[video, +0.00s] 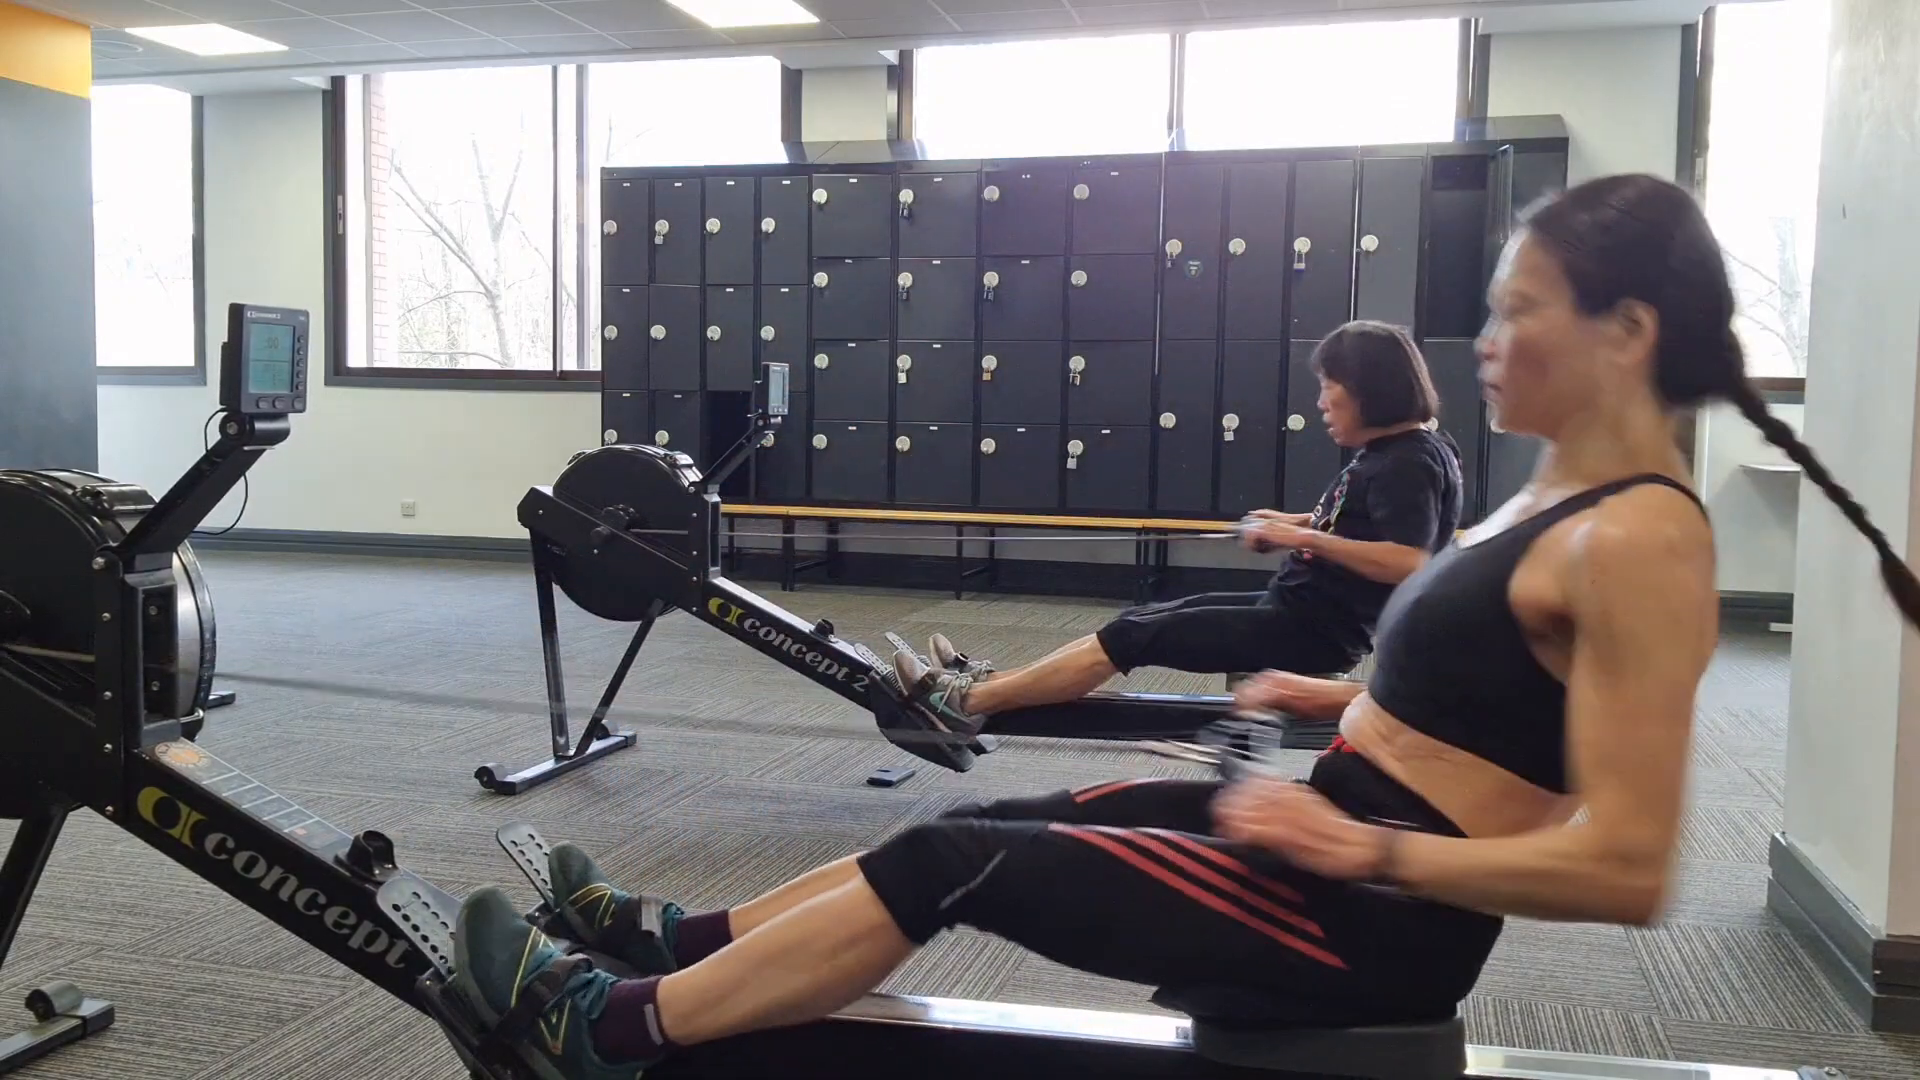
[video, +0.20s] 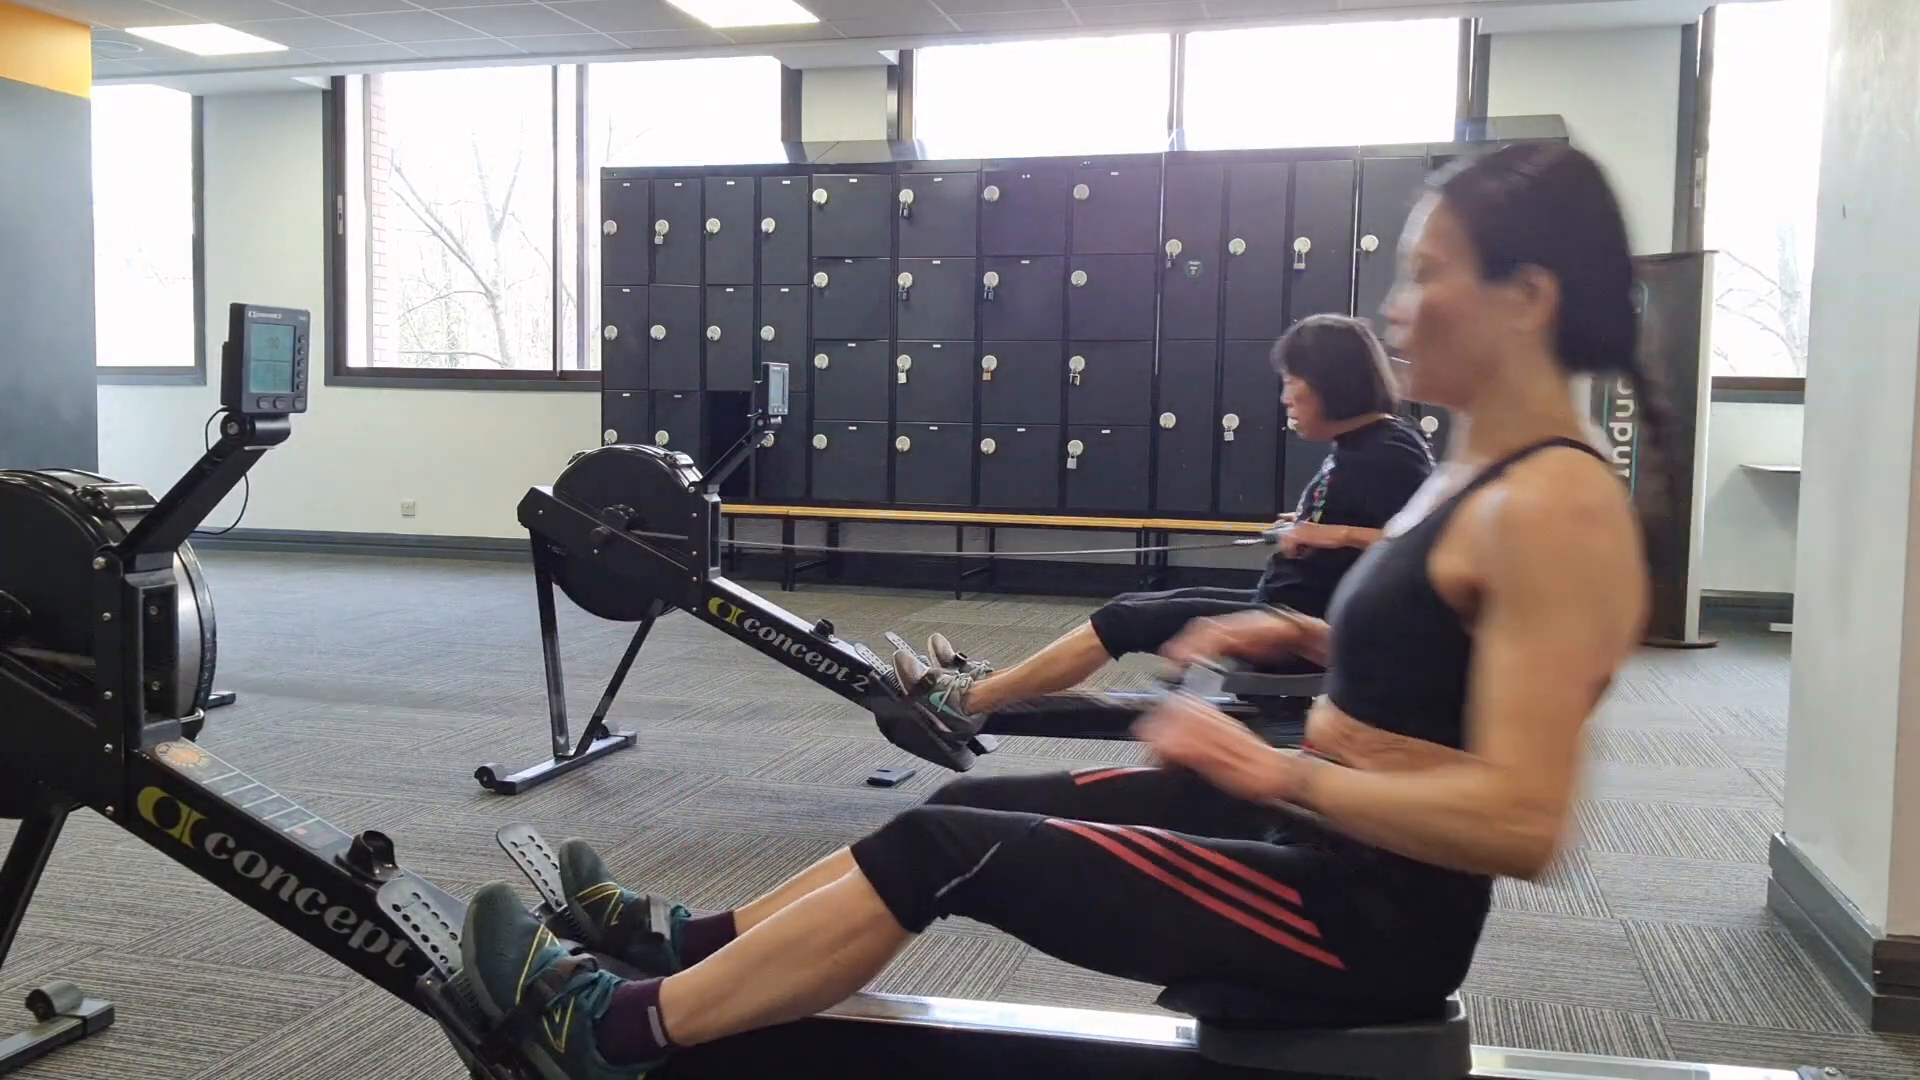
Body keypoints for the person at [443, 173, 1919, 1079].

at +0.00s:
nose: (1489, 342)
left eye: (1519, 312)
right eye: (1495, 313)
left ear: (1628, 331)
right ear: (1600, 330)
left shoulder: (1640, 538)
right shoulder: (1559, 498)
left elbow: (1631, 860)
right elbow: (1499, 736)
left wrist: (1367, 848)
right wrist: (1341, 717)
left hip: (1371, 923)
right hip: (1331, 845)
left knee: (952, 859)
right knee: (960, 823)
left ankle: (625, 1025)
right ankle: (687, 964)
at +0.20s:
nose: (1402, 303)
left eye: (1428, 275)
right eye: (1407, 276)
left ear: (1533, 299)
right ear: (1492, 308)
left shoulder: (1553, 504)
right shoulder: (1479, 476)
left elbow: (1531, 822)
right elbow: (1454, 739)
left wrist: (1279, 772)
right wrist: (1324, 722)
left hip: (1364, 917)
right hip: (1331, 854)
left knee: (955, 837)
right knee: (963, 801)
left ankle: (620, 1036)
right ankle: (699, 951)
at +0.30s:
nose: (1330, 293)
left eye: (1359, 263)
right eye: (1336, 263)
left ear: (1457, 284)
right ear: (1429, 284)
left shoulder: (1483, 487)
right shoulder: (1423, 468)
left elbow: (1377, 784)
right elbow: (1352, 713)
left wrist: (1130, 725)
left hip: (1344, 917)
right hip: (1308, 860)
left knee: (933, 822)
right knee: (958, 780)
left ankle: (639, 1034)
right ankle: (695, 956)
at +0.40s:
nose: (1244, 285)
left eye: (1272, 255)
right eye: (1250, 257)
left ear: (1369, 279)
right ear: (1344, 281)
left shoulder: (1386, 470)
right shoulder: (1370, 456)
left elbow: (1213, 753)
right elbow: (1244, 668)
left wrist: (990, 688)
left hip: (1306, 913)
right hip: (1282, 869)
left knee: (921, 801)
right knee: (939, 755)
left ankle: (642, 1028)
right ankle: (698, 965)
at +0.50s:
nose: (1155, 283)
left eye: (1182, 255)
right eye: (1164, 254)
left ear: (1272, 280)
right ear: (1265, 283)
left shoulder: (1277, 469)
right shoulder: (1284, 443)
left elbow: (1066, 713)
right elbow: (1172, 586)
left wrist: (857, 680)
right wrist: (992, 577)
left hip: (1266, 901)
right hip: (1257, 845)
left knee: (881, 781)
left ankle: (636, 1025)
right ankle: (695, 961)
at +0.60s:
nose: (1065, 285)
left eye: (1091, 261)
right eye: (1076, 258)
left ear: (1179, 288)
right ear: (1177, 293)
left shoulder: (1171, 472)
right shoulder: (1241, 439)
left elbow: (934, 698)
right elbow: (1071, 581)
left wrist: (737, 701)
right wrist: (879, 609)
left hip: (1198, 905)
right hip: (1221, 840)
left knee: (849, 753)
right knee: (871, 703)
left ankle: (630, 1019)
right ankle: (673, 953)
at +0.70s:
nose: (980, 285)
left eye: (1004, 261)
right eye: (990, 259)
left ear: (1083, 298)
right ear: (1084, 300)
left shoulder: (1072, 476)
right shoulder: (1142, 439)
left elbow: (811, 677)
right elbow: (959, 598)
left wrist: (627, 725)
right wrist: (808, 626)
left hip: (1141, 907)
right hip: (1160, 850)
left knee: (808, 725)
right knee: (828, 671)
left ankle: (623, 1013)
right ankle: (682, 947)